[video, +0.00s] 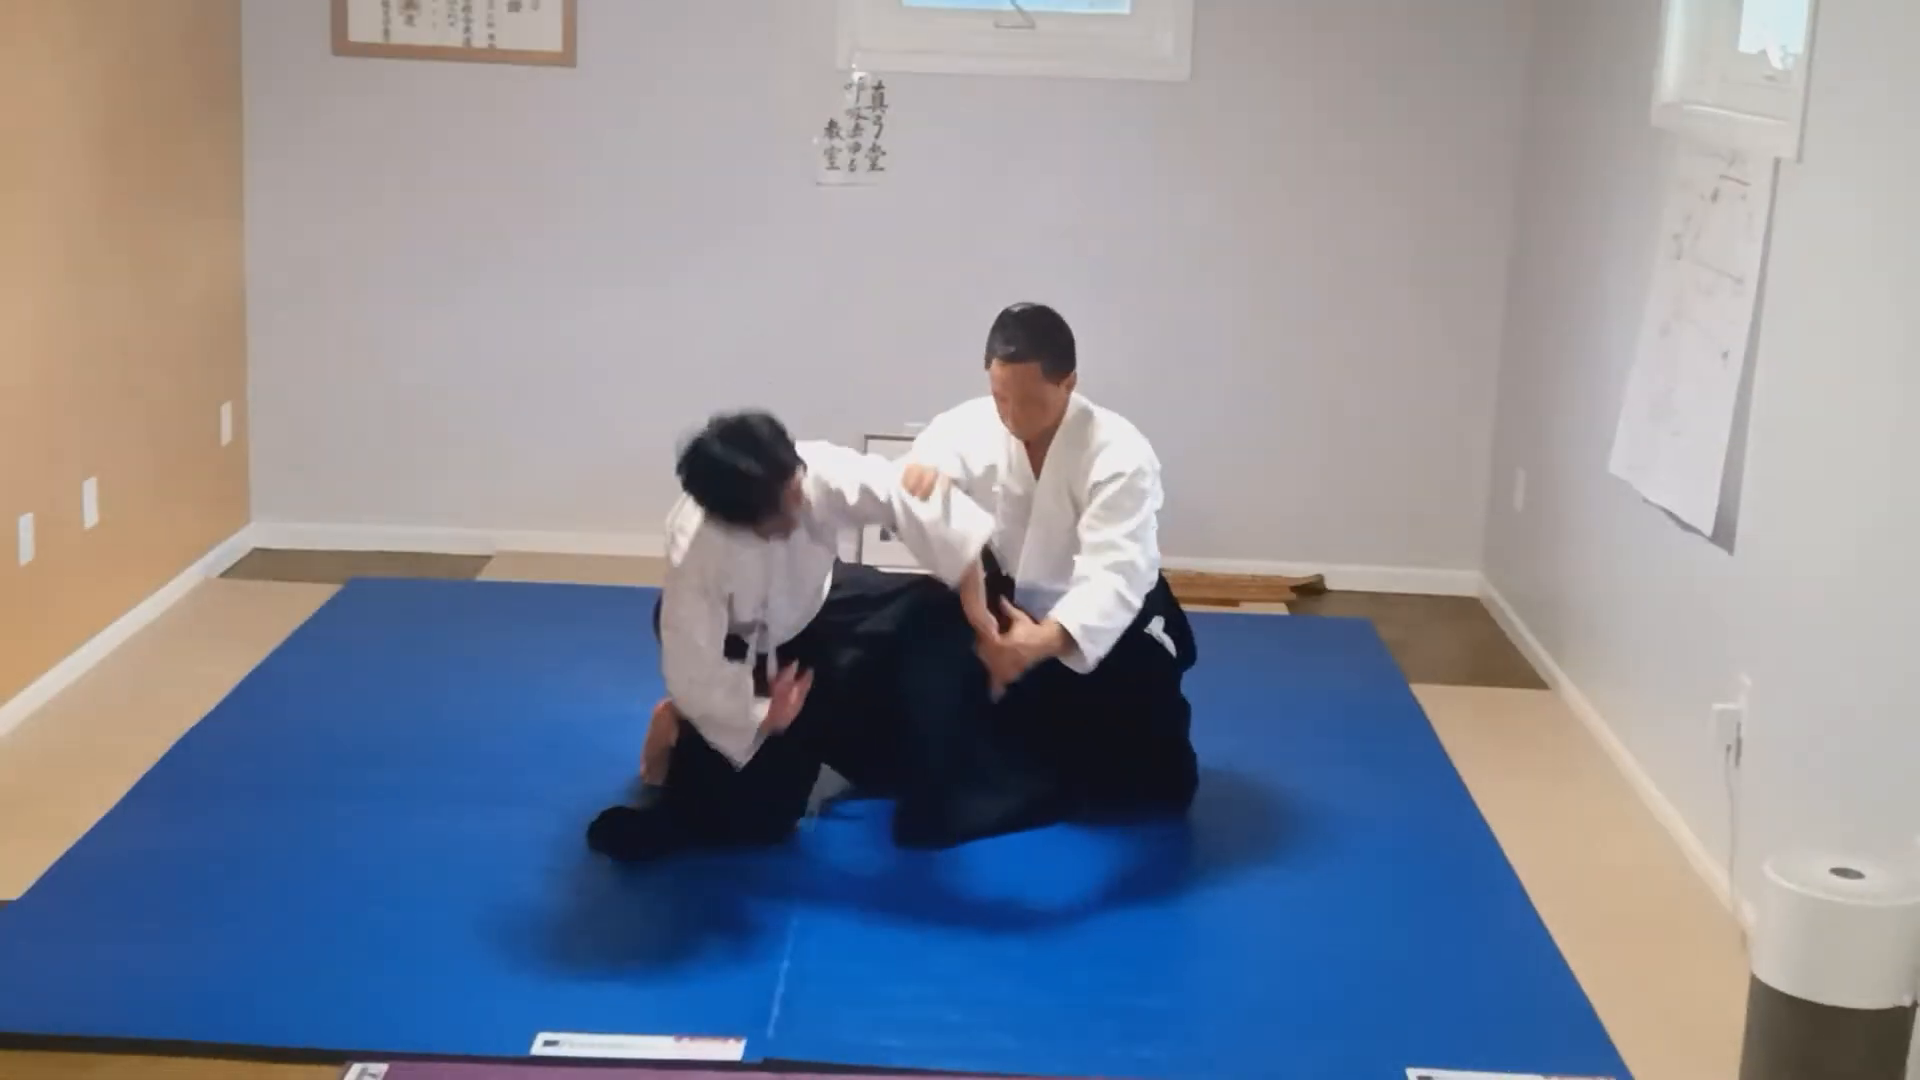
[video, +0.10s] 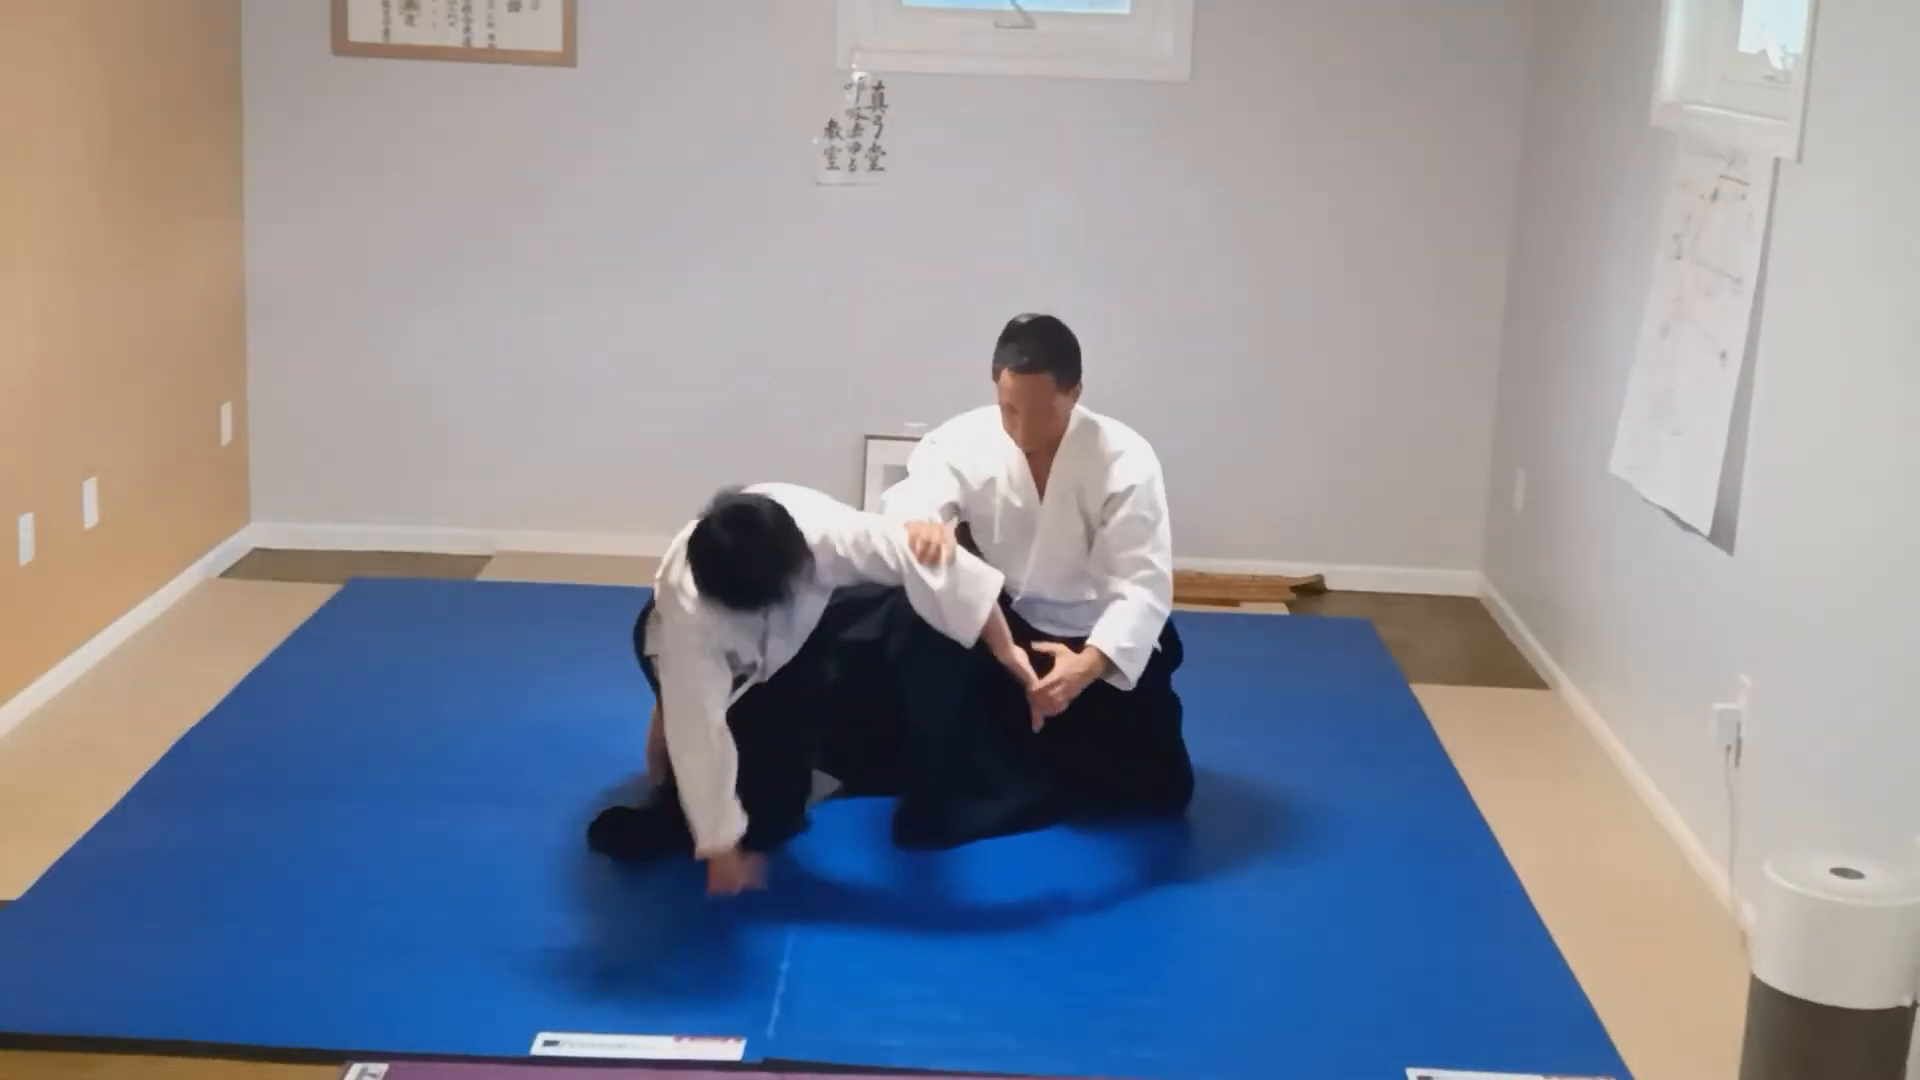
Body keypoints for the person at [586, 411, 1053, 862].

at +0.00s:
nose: (798, 505)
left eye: (795, 489)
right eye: (779, 506)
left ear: (795, 468)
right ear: (741, 517)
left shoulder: (817, 473)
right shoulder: (698, 553)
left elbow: (908, 497)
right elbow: (692, 674)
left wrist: (979, 609)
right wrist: (761, 721)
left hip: (800, 637)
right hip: (731, 665)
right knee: (760, 816)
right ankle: (675, 739)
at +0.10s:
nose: (794, 589)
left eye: (789, 581)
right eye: (773, 591)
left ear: (791, 548)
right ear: (727, 590)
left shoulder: (814, 527)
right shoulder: (685, 607)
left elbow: (922, 559)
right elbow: (694, 725)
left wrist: (1013, 658)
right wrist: (720, 846)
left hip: (777, 667)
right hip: (697, 677)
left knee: (776, 815)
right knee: (697, 822)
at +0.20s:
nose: (744, 708)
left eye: (761, 699)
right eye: (736, 697)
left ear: (798, 655)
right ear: (718, 658)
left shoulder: (822, 585)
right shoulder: (687, 652)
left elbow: (925, 598)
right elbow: (697, 778)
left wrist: (1021, 670)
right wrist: (697, 914)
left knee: (771, 821)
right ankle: (665, 742)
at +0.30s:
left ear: (813, 676)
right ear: (738, 713)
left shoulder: (826, 619)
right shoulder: (681, 657)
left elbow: (929, 626)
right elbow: (678, 781)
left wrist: (1020, 681)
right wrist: (694, 918)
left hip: (749, 557)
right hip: (662, 606)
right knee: (763, 823)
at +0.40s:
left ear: (814, 684)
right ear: (736, 715)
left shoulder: (828, 627)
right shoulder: (677, 663)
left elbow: (924, 637)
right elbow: (670, 786)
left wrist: (1012, 689)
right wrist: (696, 919)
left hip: (750, 563)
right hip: (661, 607)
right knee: (765, 825)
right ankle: (637, 833)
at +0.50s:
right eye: (786, 759)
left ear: (813, 681)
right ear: (737, 716)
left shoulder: (822, 623)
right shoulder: (679, 665)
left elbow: (912, 633)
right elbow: (675, 791)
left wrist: (1005, 685)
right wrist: (695, 918)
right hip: (667, 598)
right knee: (764, 828)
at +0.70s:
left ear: (793, 679)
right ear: (717, 719)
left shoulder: (790, 605)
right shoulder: (652, 661)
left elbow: (885, 626)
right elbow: (664, 793)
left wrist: (985, 669)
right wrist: (693, 921)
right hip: (643, 602)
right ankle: (634, 829)